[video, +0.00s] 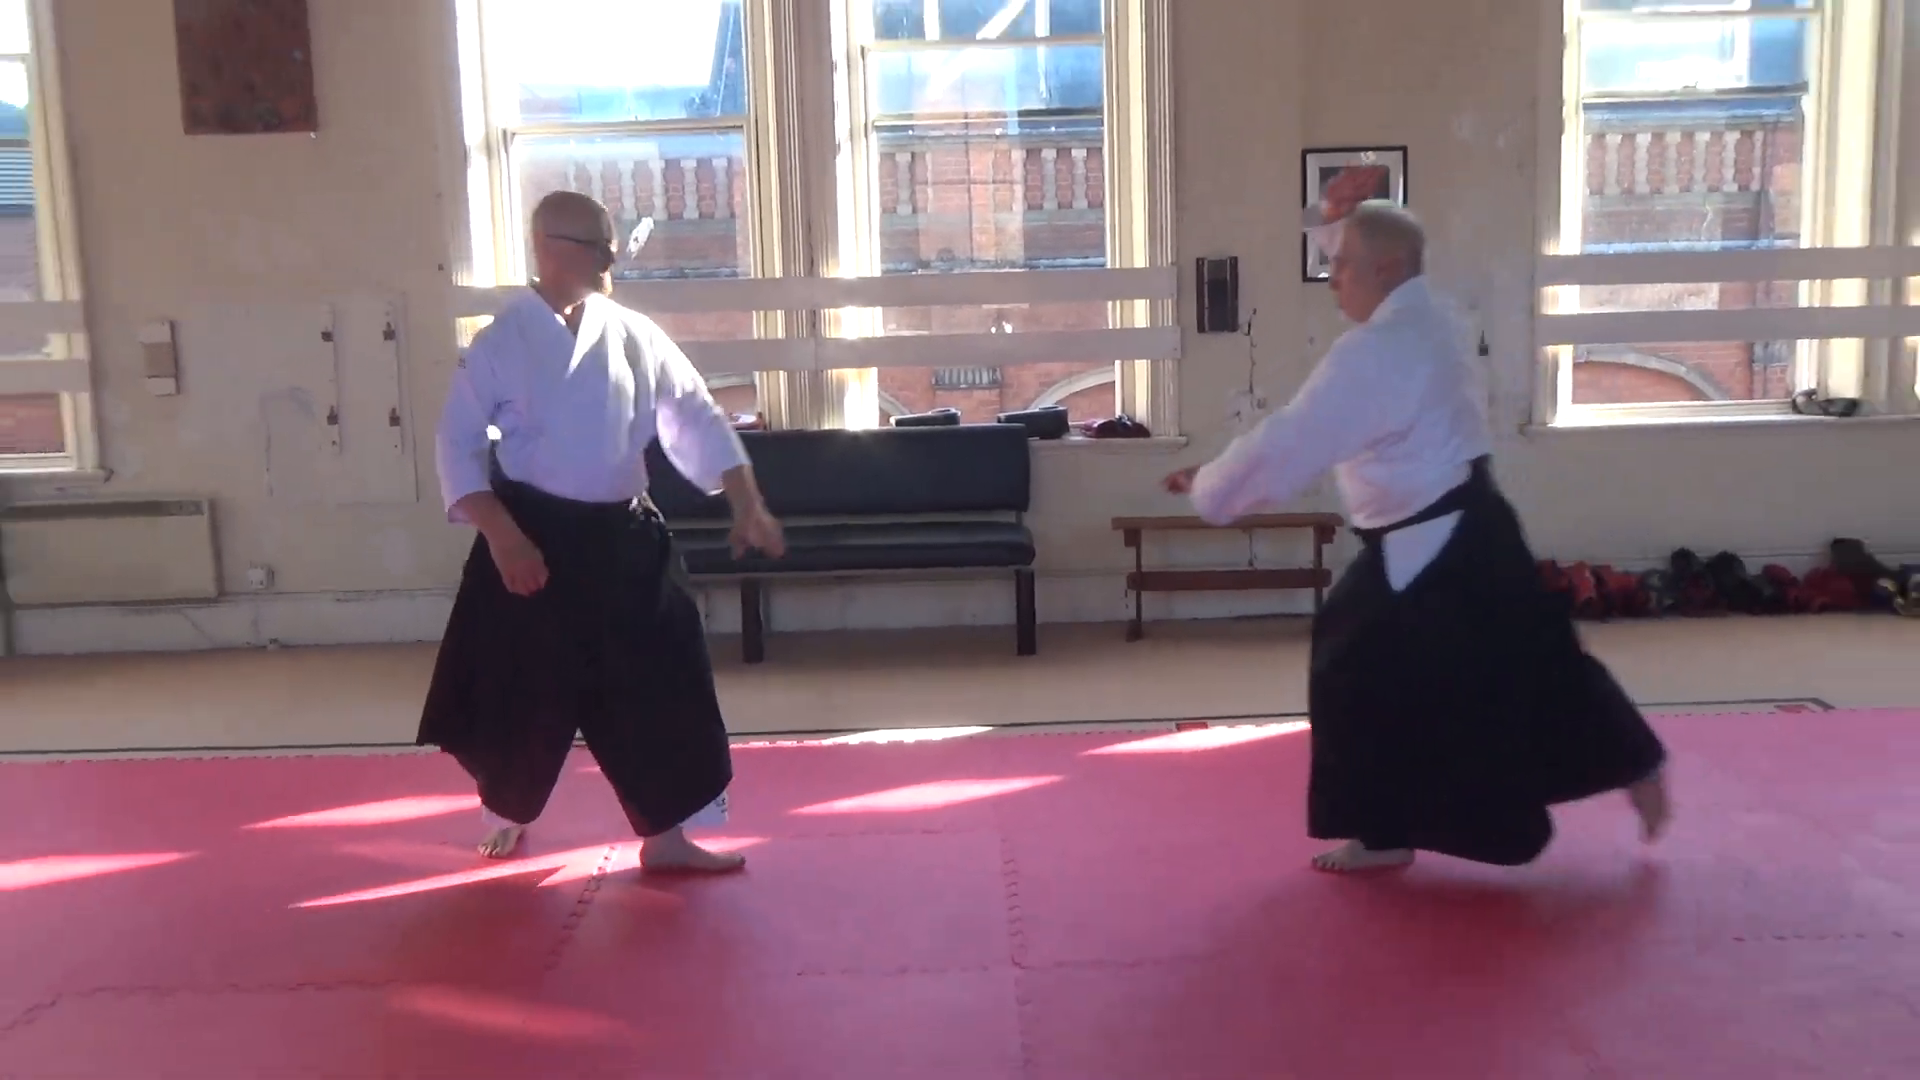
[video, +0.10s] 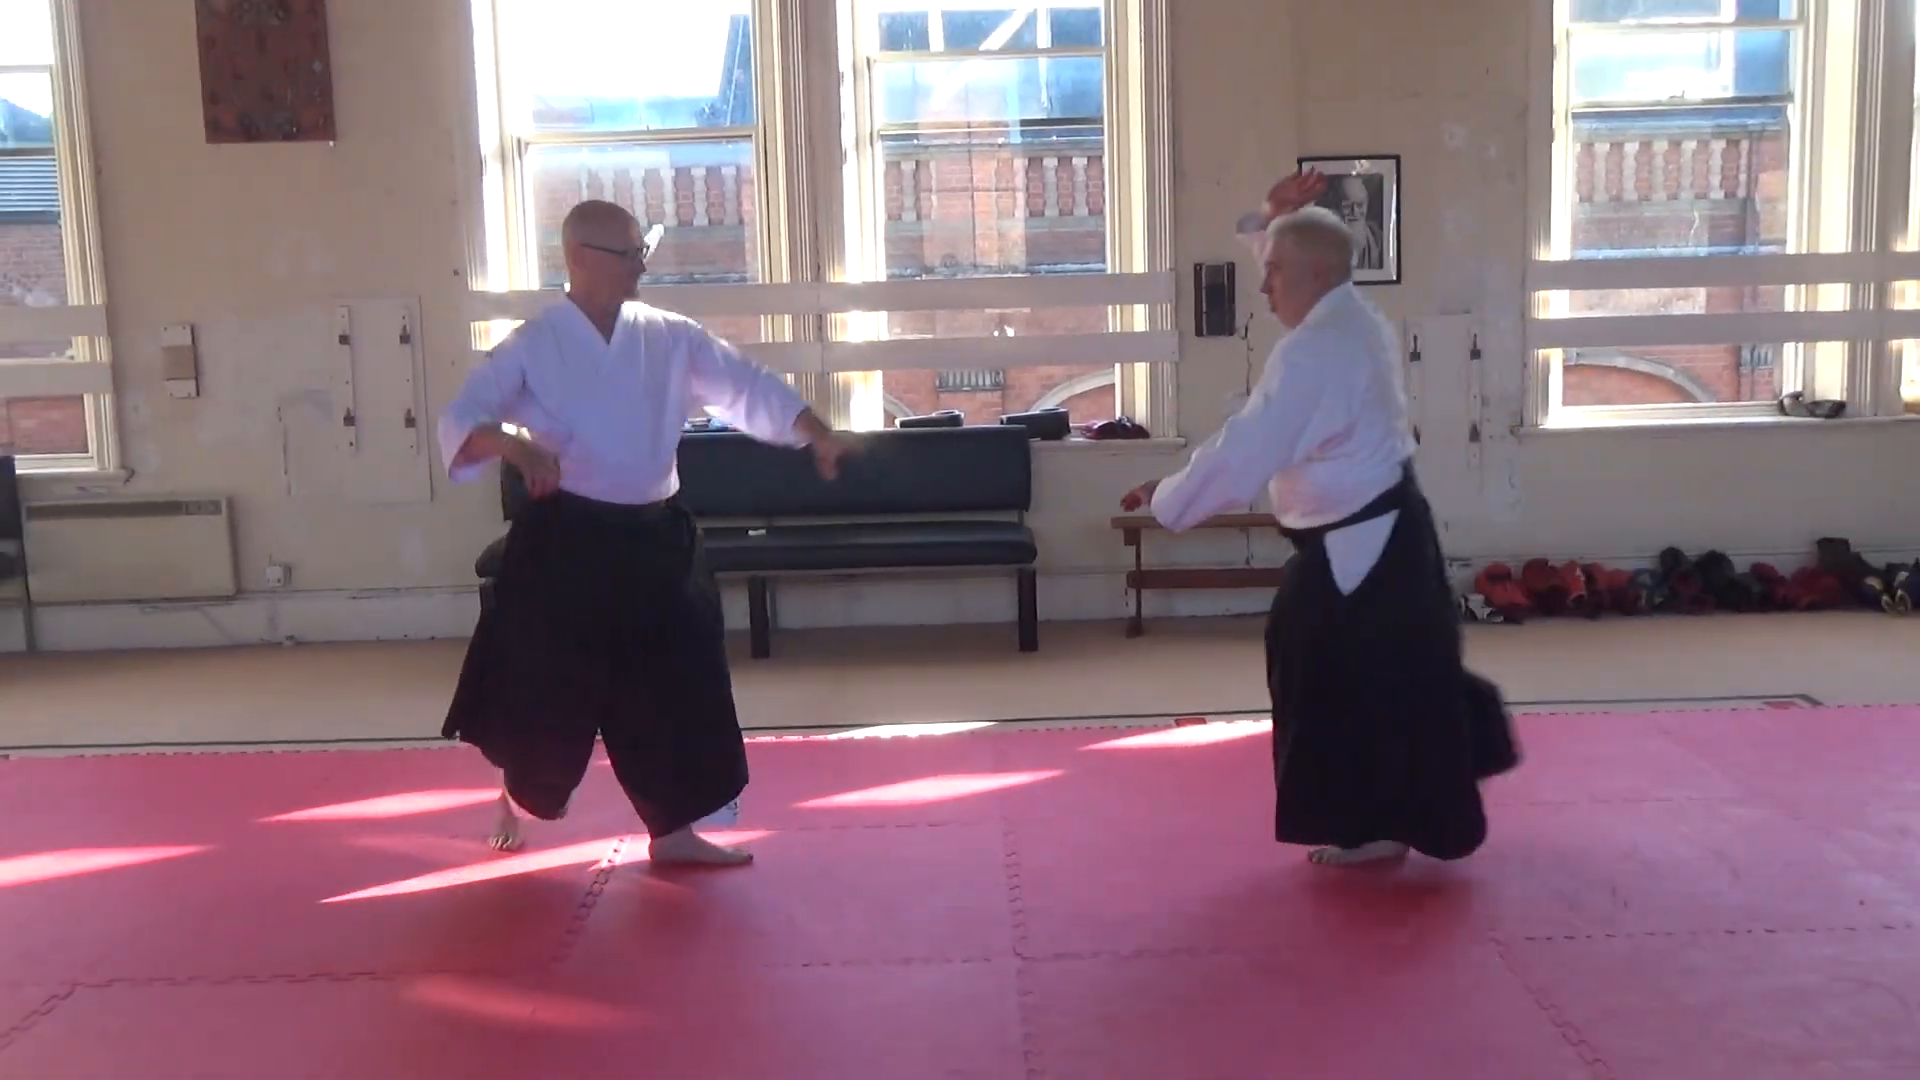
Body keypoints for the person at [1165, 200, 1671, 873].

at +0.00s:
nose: (1333, 279)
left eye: (1342, 267)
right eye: (1333, 266)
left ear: (1381, 270)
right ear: (1397, 270)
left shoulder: (1374, 351)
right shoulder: (1434, 315)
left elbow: (1293, 437)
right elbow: (1356, 271)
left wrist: (1210, 483)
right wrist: (1333, 221)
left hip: (1425, 542)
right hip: (1471, 522)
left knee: (1349, 671)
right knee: (1541, 658)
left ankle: (1382, 832)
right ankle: (1634, 761)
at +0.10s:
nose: (1265, 283)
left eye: (1274, 269)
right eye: (1265, 269)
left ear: (1311, 275)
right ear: (1329, 272)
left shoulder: (1318, 348)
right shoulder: (1352, 319)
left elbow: (1252, 442)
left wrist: (1167, 499)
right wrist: (1274, 221)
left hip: (1354, 538)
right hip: (1384, 521)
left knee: (1333, 674)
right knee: (1374, 672)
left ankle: (1372, 823)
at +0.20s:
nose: (1207, 282)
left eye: (1218, 269)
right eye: (1207, 269)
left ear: (1259, 278)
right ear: (1265, 275)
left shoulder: (1274, 347)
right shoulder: (1263, 326)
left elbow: (1230, 462)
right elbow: (1203, 299)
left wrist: (1149, 502)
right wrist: (1209, 221)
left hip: (1295, 545)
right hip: (1253, 535)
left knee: (1320, 690)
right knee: (1196, 650)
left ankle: (1364, 832)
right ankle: (1258, 763)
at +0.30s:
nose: (1149, 281)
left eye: (1161, 269)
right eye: (1151, 269)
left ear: (1206, 276)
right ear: (1193, 275)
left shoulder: (1231, 350)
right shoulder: (1173, 342)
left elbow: (1208, 462)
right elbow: (1109, 313)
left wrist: (1118, 480)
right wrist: (1117, 226)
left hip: (1238, 553)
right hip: (1176, 548)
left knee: (1291, 691)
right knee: (1115, 666)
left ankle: (1367, 808)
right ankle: (1064, 787)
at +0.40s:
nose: (1085, 288)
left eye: (1103, 278)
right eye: (1088, 275)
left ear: (1150, 291)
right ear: (1095, 285)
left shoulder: (1183, 368)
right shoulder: (1077, 352)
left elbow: (1179, 467)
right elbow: (1003, 323)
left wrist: (1080, 477)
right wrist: (983, 235)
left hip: (1172, 566)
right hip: (1093, 561)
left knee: (1248, 691)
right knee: (1032, 686)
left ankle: (1350, 796)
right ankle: (977, 818)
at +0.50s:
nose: (1021, 283)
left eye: (1038, 273)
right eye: (1023, 270)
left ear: (1084, 290)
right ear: (1027, 284)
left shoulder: (1125, 366)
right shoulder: (999, 357)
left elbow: (1155, 466)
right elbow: (909, 332)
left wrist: (1070, 490)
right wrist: (842, 261)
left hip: (1109, 562)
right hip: (1030, 558)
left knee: (1155, 691)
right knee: (972, 677)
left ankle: (1255, 777)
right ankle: (959, 826)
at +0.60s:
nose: (987, 262)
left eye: (1003, 251)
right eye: (987, 252)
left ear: (1050, 265)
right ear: (993, 263)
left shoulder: (1096, 341)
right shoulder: (967, 336)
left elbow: (1145, 432)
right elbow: (877, 336)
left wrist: (1072, 467)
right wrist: (795, 295)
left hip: (1067, 533)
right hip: (994, 531)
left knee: (1083, 662)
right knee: (963, 665)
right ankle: (970, 817)